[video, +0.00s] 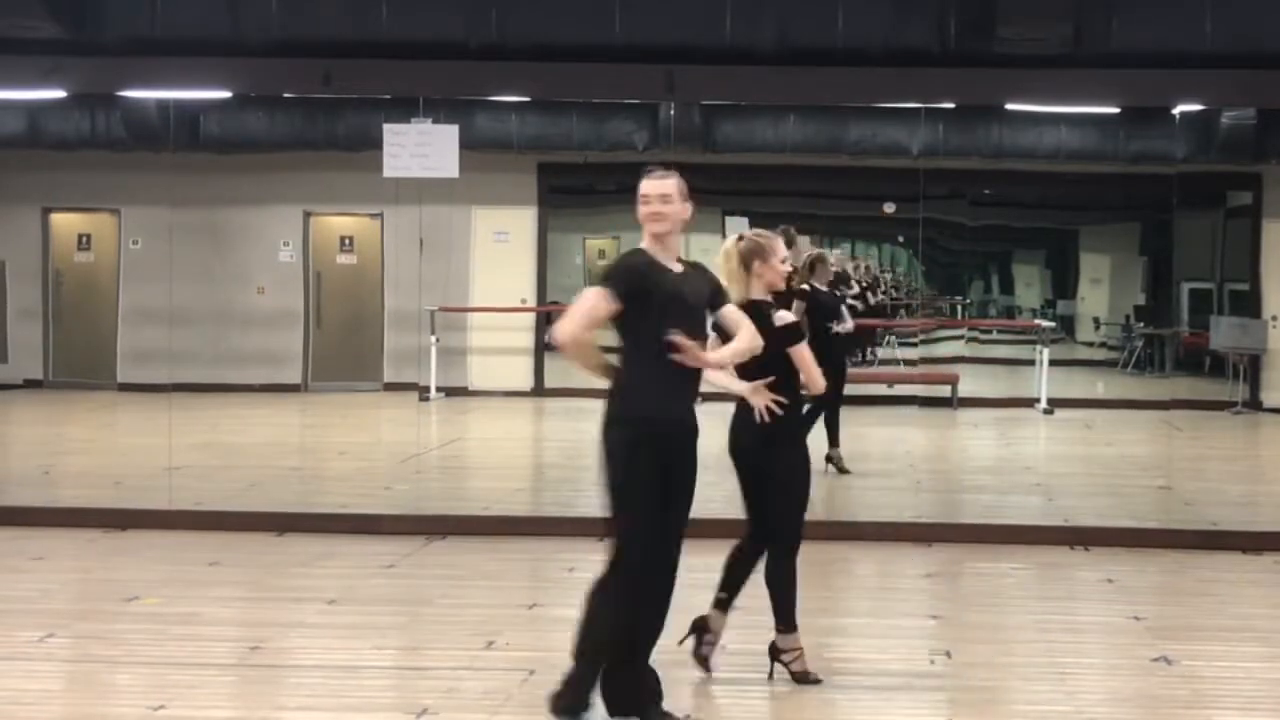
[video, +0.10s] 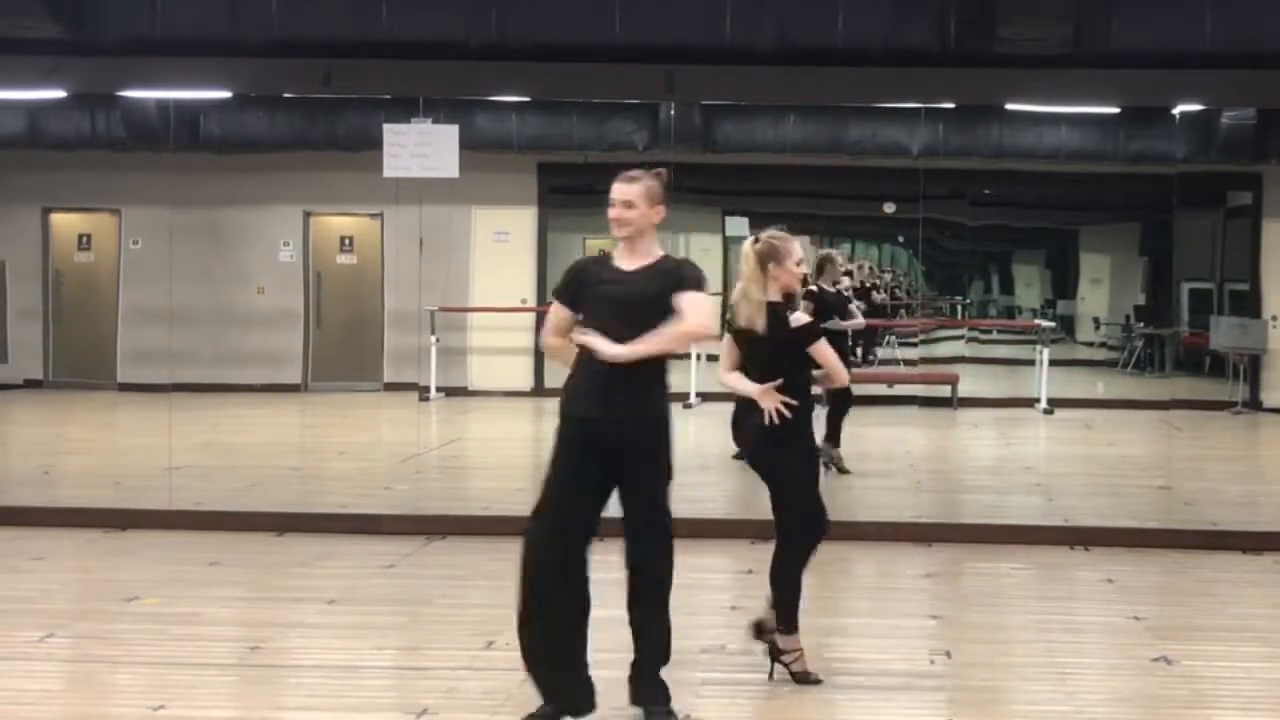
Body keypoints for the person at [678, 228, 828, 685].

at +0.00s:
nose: (789, 268)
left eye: (786, 260)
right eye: (781, 261)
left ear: (750, 268)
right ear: (759, 267)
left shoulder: (727, 314)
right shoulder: (782, 316)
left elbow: (708, 368)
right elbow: (815, 383)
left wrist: (747, 388)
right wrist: (806, 381)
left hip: (746, 428)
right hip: (784, 430)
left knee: (758, 532)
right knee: (785, 538)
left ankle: (714, 618)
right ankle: (787, 638)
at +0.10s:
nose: (802, 270)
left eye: (801, 262)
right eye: (797, 263)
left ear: (764, 268)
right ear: (778, 269)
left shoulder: (740, 313)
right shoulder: (795, 318)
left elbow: (727, 373)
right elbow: (839, 376)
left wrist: (757, 390)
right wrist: (814, 382)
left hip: (753, 427)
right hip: (788, 431)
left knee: (811, 522)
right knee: (797, 531)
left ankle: (775, 618)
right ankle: (787, 636)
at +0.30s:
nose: (812, 267)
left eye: (817, 259)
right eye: (801, 260)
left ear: (823, 263)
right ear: (781, 266)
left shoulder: (799, 309)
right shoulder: (797, 306)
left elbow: (778, 372)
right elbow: (862, 339)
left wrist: (760, 419)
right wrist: (859, 361)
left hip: (811, 434)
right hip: (786, 437)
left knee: (826, 539)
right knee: (799, 541)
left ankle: (836, 638)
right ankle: (803, 643)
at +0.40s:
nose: (809, 266)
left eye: (817, 258)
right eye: (800, 259)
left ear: (829, 262)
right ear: (787, 264)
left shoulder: (828, 308)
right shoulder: (793, 307)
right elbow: (860, 336)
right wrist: (925, 356)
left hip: (823, 439)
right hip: (785, 440)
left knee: (823, 540)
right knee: (800, 542)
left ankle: (835, 638)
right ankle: (805, 651)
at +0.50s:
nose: (809, 270)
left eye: (818, 262)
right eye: (801, 263)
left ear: (832, 267)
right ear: (789, 268)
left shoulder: (837, 313)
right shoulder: (791, 310)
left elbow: (857, 367)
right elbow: (816, 338)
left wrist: (877, 407)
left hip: (829, 437)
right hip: (789, 436)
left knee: (822, 541)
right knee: (804, 542)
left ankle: (834, 635)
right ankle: (797, 654)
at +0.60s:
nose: (810, 269)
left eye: (819, 261)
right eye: (802, 261)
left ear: (832, 265)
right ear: (790, 265)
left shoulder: (849, 313)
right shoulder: (782, 313)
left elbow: (892, 347)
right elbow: (728, 342)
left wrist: (918, 391)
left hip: (834, 442)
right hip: (789, 441)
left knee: (826, 544)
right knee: (808, 544)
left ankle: (834, 638)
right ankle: (799, 656)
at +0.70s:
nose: (811, 269)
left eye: (819, 262)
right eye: (802, 260)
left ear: (831, 266)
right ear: (789, 262)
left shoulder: (847, 312)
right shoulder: (768, 312)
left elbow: (892, 349)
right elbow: (737, 362)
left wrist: (893, 410)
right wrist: (728, 401)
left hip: (834, 439)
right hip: (782, 440)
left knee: (848, 539)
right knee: (796, 546)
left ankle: (837, 625)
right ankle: (800, 655)